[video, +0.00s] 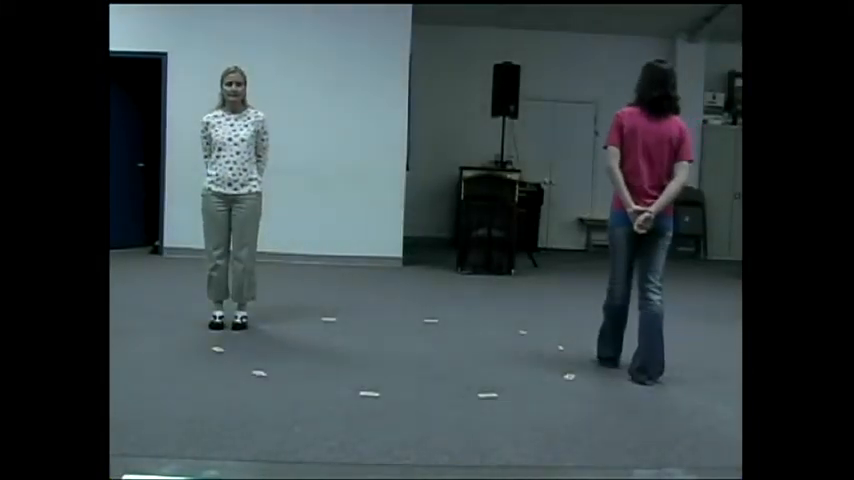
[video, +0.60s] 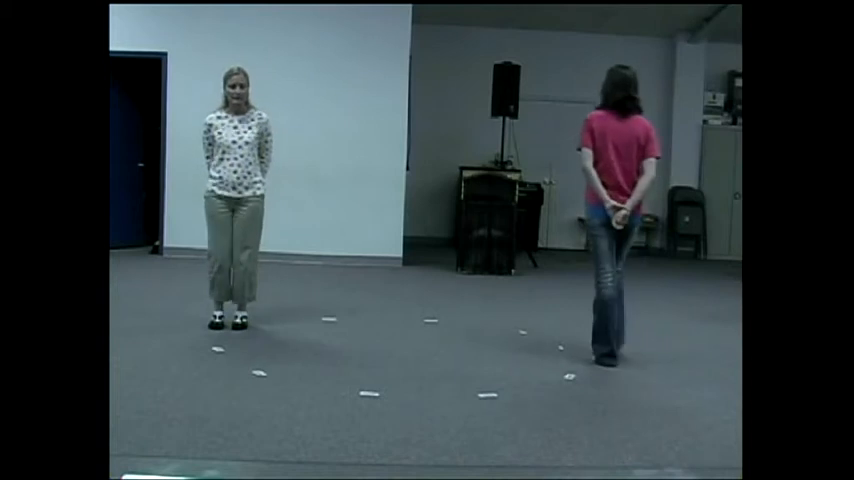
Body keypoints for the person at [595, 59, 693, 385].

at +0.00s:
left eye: (645, 82)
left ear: (641, 86)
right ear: (672, 90)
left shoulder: (624, 118)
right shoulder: (679, 127)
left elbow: (613, 163)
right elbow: (680, 178)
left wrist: (630, 206)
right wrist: (653, 211)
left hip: (625, 213)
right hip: (660, 216)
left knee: (618, 289)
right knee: (652, 291)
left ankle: (608, 353)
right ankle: (648, 369)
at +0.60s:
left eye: (608, 85)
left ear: (606, 88)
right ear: (634, 90)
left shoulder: (594, 120)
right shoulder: (644, 126)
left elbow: (588, 163)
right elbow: (649, 173)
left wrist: (606, 201)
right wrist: (628, 207)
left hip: (600, 208)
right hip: (631, 210)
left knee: (606, 276)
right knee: (614, 273)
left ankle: (606, 351)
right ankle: (611, 341)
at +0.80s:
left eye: (599, 90)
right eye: (618, 90)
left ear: (597, 94)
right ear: (625, 96)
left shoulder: (587, 124)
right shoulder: (634, 129)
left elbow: (583, 168)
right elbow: (641, 176)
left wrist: (602, 204)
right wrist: (622, 209)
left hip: (595, 209)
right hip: (623, 210)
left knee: (604, 277)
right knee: (611, 276)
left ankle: (606, 349)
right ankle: (587, 326)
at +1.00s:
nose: (590, 95)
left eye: (591, 89)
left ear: (590, 93)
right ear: (617, 95)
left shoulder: (581, 123)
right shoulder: (626, 128)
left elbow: (577, 166)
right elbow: (634, 172)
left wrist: (596, 200)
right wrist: (615, 204)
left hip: (589, 205)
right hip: (617, 206)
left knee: (593, 270)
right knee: (609, 272)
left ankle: (606, 334)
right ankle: (588, 331)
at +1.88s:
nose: (558, 100)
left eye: (560, 97)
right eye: (563, 96)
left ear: (561, 101)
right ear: (584, 102)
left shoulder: (553, 128)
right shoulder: (590, 132)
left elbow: (548, 168)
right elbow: (594, 173)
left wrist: (562, 200)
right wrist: (579, 202)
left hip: (552, 201)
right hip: (577, 203)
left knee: (547, 260)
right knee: (565, 257)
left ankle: (545, 317)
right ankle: (567, 313)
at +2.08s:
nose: (557, 96)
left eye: (559, 92)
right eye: (560, 91)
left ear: (562, 97)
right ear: (584, 98)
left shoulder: (554, 123)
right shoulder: (592, 127)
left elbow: (553, 161)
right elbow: (599, 165)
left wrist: (569, 192)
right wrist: (588, 193)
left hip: (558, 198)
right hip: (584, 199)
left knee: (550, 260)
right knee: (575, 257)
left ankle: (545, 319)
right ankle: (595, 320)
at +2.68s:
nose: (553, 98)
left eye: (556, 93)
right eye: (554, 92)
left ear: (563, 98)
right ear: (580, 99)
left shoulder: (557, 124)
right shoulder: (589, 129)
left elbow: (563, 162)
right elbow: (597, 167)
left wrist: (581, 192)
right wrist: (594, 194)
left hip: (565, 201)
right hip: (586, 201)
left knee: (572, 261)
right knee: (575, 256)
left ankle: (581, 321)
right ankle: (588, 304)